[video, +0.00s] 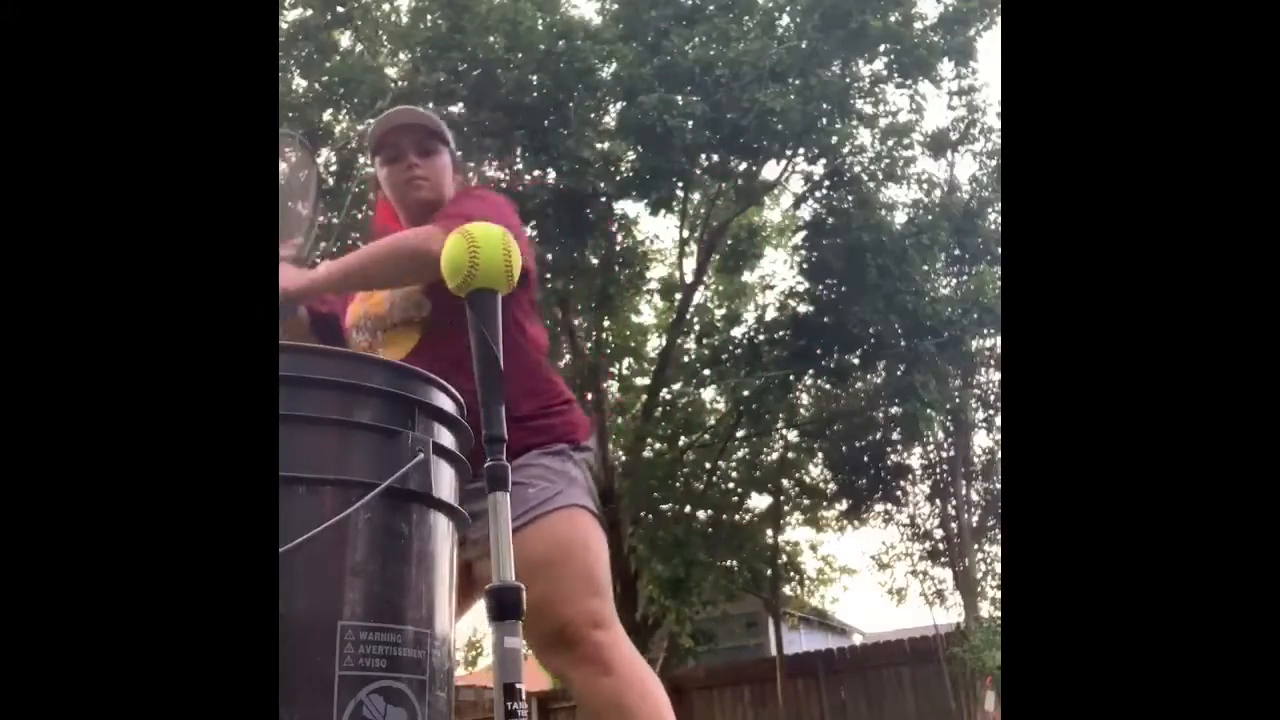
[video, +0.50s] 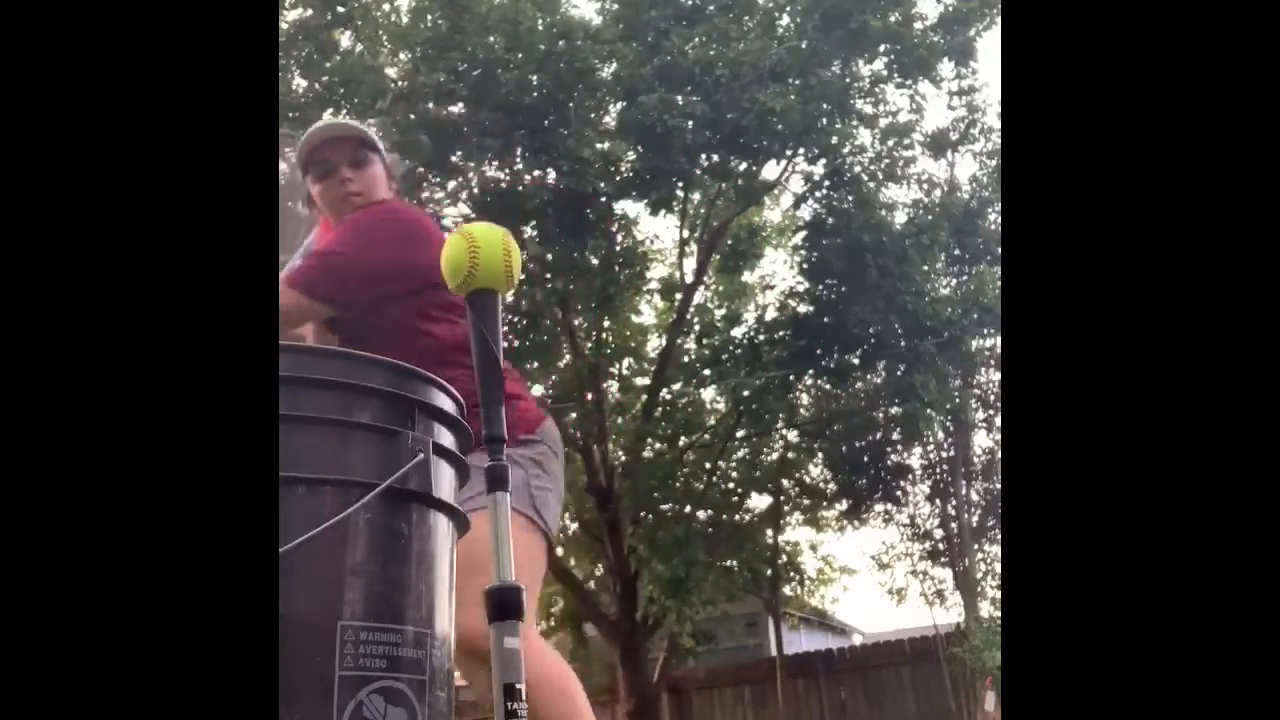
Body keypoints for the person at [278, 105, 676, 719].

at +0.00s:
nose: (412, 164)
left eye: (426, 150)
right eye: (393, 158)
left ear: (453, 161)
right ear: (377, 180)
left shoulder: (486, 208)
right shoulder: (371, 263)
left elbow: (446, 250)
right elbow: (343, 347)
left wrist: (308, 279)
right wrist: (296, 303)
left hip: (525, 452)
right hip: (424, 467)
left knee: (584, 638)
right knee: (378, 639)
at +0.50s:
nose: (346, 177)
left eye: (360, 160)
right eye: (325, 170)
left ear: (387, 172)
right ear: (312, 197)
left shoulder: (390, 224)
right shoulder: (327, 245)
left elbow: (283, 307)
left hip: (503, 435)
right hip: (428, 445)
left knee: (481, 622)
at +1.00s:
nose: (465, 160)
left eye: (467, 148)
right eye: (446, 148)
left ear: (472, 152)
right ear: (396, 161)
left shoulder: (474, 218)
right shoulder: (408, 224)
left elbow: (550, 221)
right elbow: (538, 217)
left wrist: (635, 192)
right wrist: (644, 188)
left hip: (563, 458)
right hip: (488, 461)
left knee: (578, 644)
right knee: (445, 659)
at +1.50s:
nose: (511, 132)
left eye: (510, 122)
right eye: (493, 121)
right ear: (452, 132)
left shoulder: (443, 190)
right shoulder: (492, 179)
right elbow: (614, 186)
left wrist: (388, 123)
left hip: (565, 463)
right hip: (479, 464)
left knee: (576, 643)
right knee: (429, 657)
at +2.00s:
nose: (525, 122)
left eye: (536, 110)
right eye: (503, 110)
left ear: (551, 126)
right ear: (468, 128)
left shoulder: (575, 217)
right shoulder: (440, 192)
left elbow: (657, 282)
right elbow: (393, 269)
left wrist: (676, 242)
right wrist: (538, 286)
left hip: (559, 450)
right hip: (442, 449)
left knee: (595, 630)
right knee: (404, 643)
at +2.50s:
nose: (491, 29)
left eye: (509, 11)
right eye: (470, 15)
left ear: (541, 21)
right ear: (445, 32)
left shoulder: (605, 142)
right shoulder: (396, 138)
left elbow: (642, 261)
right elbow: (311, 256)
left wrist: (687, 328)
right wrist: (315, 356)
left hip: (568, 432)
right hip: (433, 432)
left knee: (593, 639)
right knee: (397, 633)